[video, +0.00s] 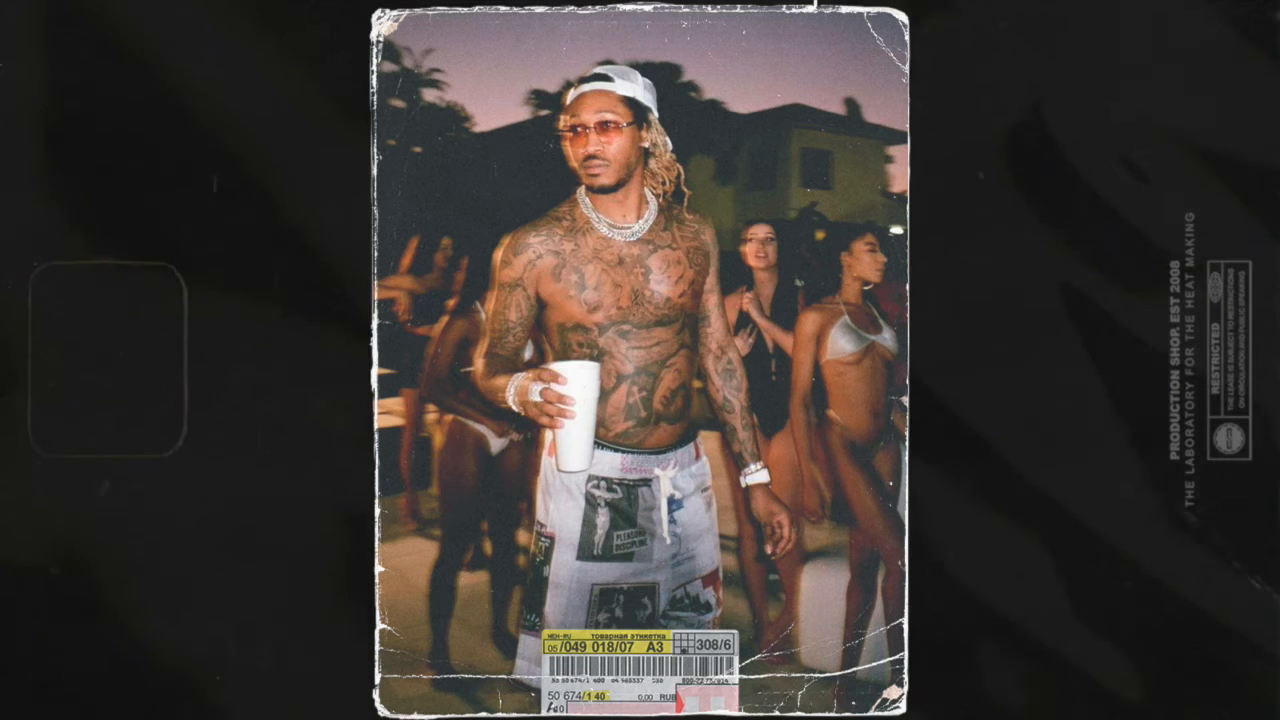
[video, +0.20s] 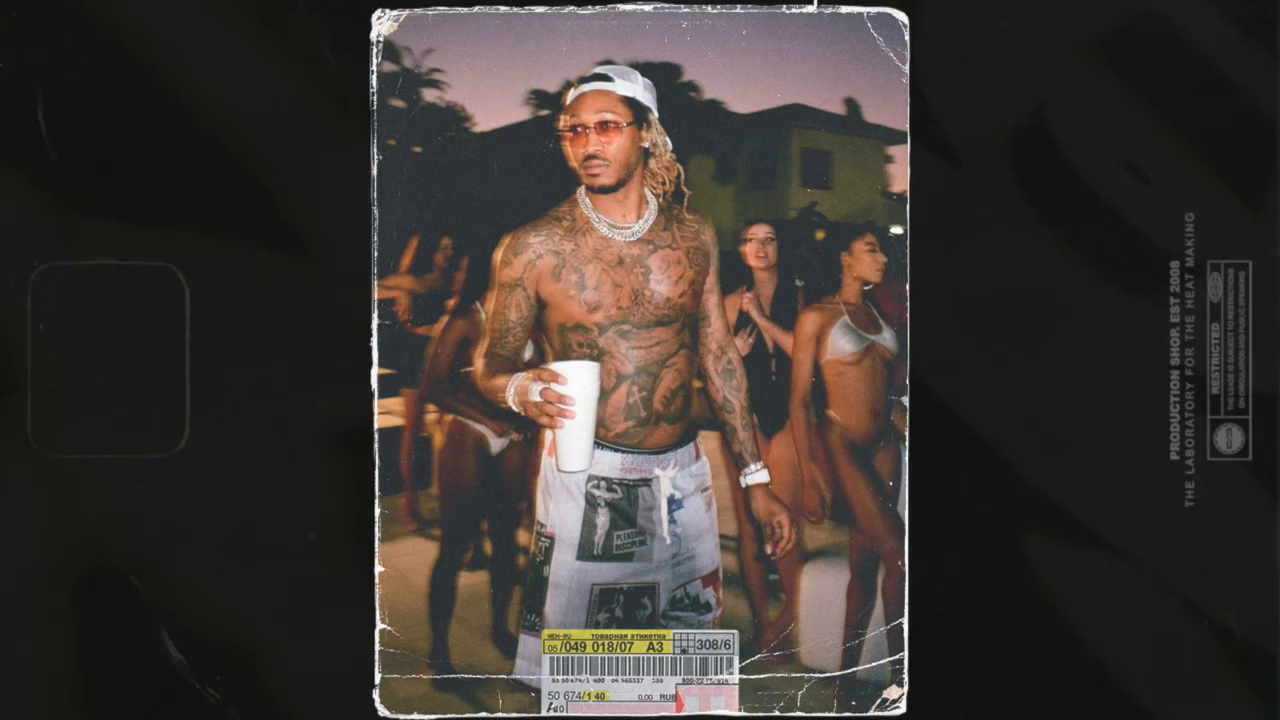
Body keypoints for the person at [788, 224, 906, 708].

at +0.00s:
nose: (882, 259)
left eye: (882, 251)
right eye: (871, 251)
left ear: (875, 262)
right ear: (843, 259)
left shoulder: (878, 316)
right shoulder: (818, 317)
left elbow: (886, 392)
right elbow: (798, 405)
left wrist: (901, 433)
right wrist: (813, 479)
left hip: (883, 448)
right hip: (839, 449)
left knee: (864, 563)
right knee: (898, 552)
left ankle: (846, 674)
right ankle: (902, 671)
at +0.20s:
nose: (882, 259)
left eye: (882, 251)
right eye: (871, 251)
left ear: (874, 262)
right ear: (843, 259)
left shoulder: (878, 316)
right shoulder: (818, 317)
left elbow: (886, 391)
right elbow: (798, 405)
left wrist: (900, 430)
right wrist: (813, 480)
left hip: (883, 448)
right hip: (839, 449)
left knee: (864, 563)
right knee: (897, 552)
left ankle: (846, 673)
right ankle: (901, 671)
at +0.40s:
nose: (883, 259)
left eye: (882, 251)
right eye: (871, 251)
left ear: (874, 262)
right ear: (844, 259)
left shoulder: (878, 316)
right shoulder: (818, 317)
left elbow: (886, 391)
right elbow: (799, 404)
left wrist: (900, 429)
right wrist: (814, 479)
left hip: (883, 447)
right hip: (838, 448)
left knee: (864, 563)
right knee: (898, 553)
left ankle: (846, 674)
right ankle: (901, 670)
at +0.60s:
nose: (883, 259)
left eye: (882, 251)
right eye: (871, 251)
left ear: (873, 262)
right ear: (844, 259)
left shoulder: (878, 316)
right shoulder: (818, 317)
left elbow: (886, 391)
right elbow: (799, 403)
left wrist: (901, 433)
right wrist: (813, 478)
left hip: (882, 447)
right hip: (838, 448)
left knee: (864, 562)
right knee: (898, 552)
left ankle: (846, 672)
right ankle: (902, 671)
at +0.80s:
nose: (882, 259)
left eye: (882, 251)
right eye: (871, 251)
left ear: (873, 262)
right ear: (844, 259)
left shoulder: (878, 316)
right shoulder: (818, 317)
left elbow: (886, 393)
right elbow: (799, 403)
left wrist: (904, 431)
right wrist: (813, 478)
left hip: (882, 448)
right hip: (839, 448)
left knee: (863, 563)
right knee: (898, 552)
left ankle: (847, 673)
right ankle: (902, 671)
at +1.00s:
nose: (882, 259)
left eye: (882, 251)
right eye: (871, 251)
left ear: (873, 262)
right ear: (843, 259)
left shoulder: (878, 316)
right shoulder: (818, 317)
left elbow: (888, 390)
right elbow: (799, 403)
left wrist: (901, 428)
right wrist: (813, 478)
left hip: (882, 447)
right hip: (838, 448)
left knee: (863, 563)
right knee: (898, 552)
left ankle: (846, 673)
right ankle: (902, 671)